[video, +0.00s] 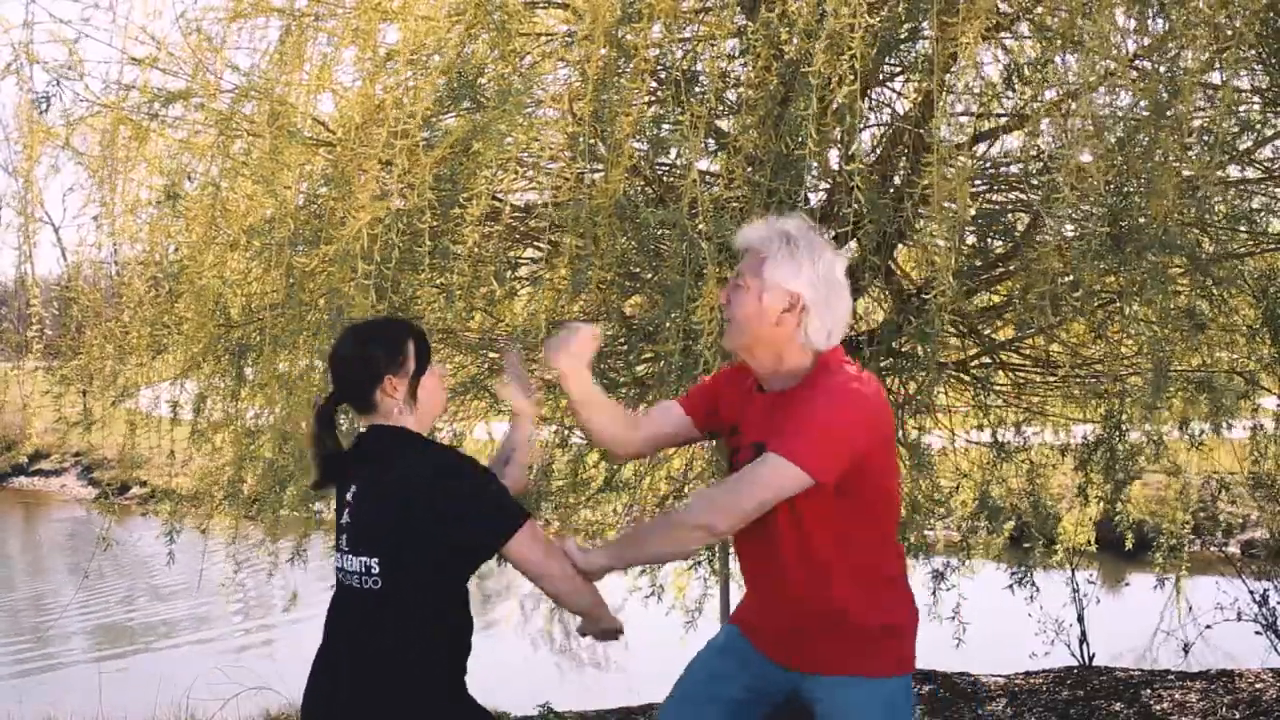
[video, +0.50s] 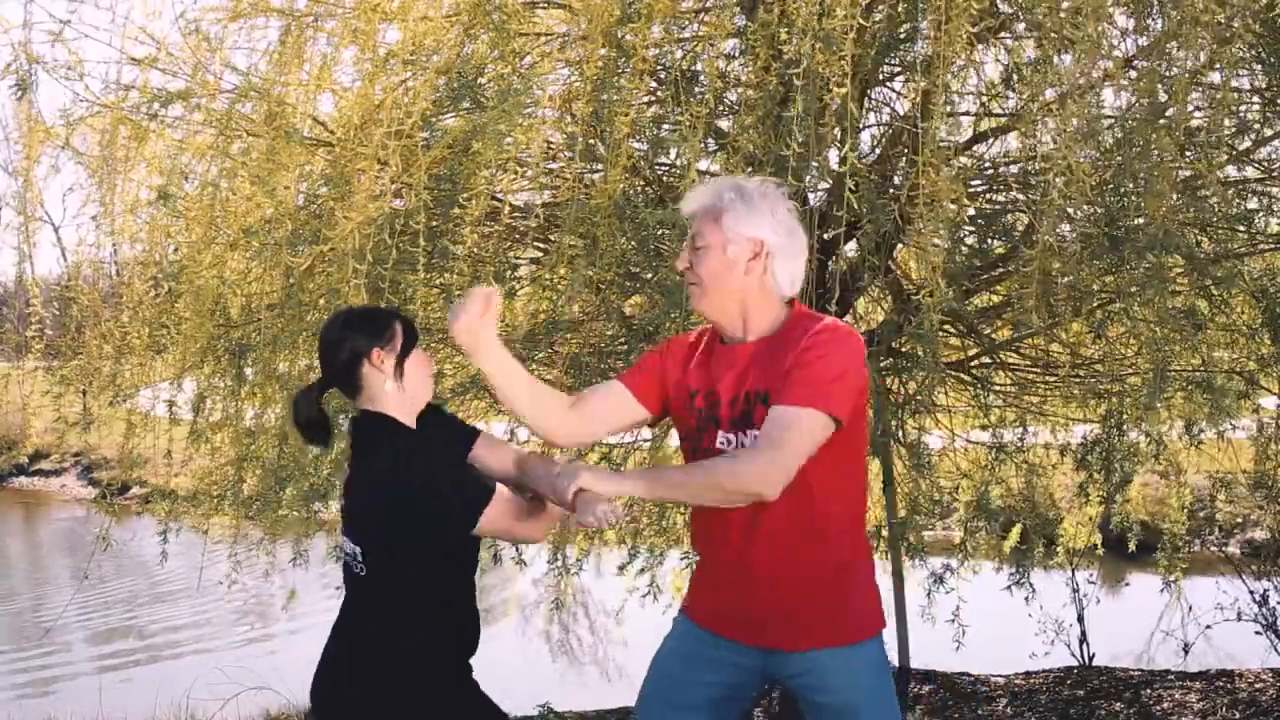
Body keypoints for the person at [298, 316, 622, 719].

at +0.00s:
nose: (441, 373)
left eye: (433, 363)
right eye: (430, 365)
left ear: (389, 389)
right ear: (393, 387)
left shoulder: (362, 460)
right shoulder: (445, 473)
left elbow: (499, 492)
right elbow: (548, 568)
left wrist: (524, 413)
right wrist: (598, 615)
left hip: (334, 694)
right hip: (420, 698)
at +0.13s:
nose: (436, 367)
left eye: (429, 354)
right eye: (425, 355)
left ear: (383, 376)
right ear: (390, 373)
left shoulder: (364, 449)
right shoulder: (440, 463)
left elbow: (503, 465)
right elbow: (556, 552)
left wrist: (559, 395)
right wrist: (591, 557)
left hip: (345, 695)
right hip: (432, 698)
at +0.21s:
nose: (434, 362)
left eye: (426, 350)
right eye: (421, 351)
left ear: (380, 372)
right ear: (388, 370)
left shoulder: (360, 447)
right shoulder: (443, 461)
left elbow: (501, 471)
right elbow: (559, 540)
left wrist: (556, 407)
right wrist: (572, 513)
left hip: (347, 693)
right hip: (435, 695)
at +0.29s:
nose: (434, 362)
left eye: (428, 348)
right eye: (423, 349)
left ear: (381, 369)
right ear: (386, 367)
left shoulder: (360, 444)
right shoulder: (442, 459)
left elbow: (503, 462)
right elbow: (555, 531)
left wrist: (562, 392)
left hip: (347, 688)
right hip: (431, 691)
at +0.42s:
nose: (431, 362)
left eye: (425, 347)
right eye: (420, 348)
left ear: (375, 362)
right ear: (380, 361)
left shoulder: (355, 437)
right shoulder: (428, 450)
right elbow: (541, 515)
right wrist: (549, 465)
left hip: (345, 684)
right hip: (427, 689)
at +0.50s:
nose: (430, 360)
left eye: (423, 346)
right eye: (419, 347)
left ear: (379, 360)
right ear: (381, 359)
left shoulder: (415, 419)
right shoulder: (408, 465)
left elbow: (516, 464)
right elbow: (530, 522)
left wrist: (574, 492)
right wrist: (568, 497)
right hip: (418, 693)